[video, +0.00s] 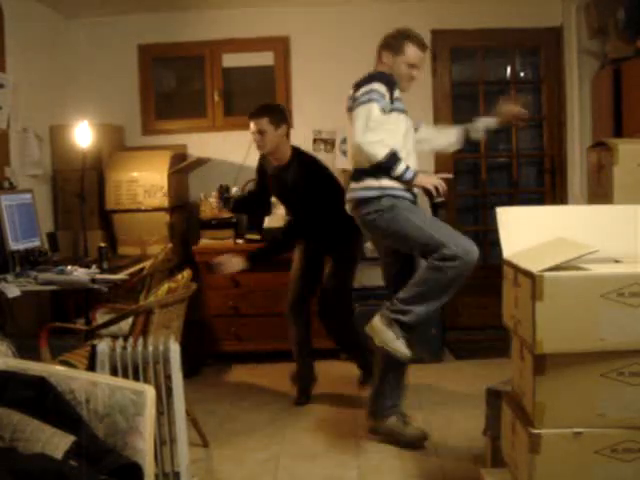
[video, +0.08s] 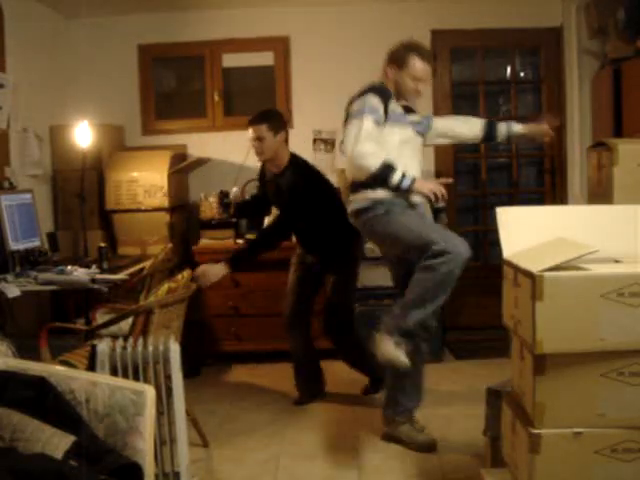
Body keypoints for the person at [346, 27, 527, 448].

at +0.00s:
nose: (416, 75)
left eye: (420, 68)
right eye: (411, 65)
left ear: (411, 67)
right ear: (386, 59)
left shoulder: (397, 107)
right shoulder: (375, 87)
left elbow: (433, 139)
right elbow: (366, 142)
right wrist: (412, 175)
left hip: (393, 201)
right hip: (377, 199)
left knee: (403, 305)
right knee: (461, 253)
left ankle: (385, 413)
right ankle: (392, 319)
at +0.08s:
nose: (421, 88)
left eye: (425, 81)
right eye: (416, 79)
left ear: (423, 81)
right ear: (391, 73)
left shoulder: (414, 117)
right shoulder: (370, 103)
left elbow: (463, 128)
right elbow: (359, 154)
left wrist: (521, 129)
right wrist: (411, 182)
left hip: (405, 209)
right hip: (376, 205)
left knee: (416, 307)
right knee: (452, 249)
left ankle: (399, 416)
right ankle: (395, 329)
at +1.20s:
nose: (422, 111)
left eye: (425, 102)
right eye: (420, 104)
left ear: (447, 90)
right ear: (450, 92)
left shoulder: (469, 123)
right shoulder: (467, 119)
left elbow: (400, 143)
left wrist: (339, 145)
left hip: (452, 236)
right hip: (434, 220)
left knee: (423, 323)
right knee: (361, 198)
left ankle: (447, 411)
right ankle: (395, 277)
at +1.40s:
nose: (430, 94)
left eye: (430, 87)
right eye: (428, 88)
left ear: (445, 76)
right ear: (459, 73)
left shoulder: (450, 104)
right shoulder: (506, 106)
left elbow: (391, 127)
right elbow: (516, 159)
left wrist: (340, 131)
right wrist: (473, 164)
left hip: (474, 220)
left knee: (460, 306)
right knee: (382, 206)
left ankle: (475, 395)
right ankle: (324, 268)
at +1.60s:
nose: (441, 115)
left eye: (442, 108)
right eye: (440, 109)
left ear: (455, 99)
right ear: (477, 96)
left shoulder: (455, 126)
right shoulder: (513, 125)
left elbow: (402, 143)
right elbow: (534, 176)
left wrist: (382, 137)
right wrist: (491, 170)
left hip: (473, 238)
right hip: (506, 230)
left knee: (450, 320)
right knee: (396, 216)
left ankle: (489, 397)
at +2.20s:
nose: (502, 90)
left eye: (503, 86)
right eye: (504, 86)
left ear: (471, 72)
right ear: (499, 79)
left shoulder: (441, 102)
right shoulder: (496, 105)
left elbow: (443, 150)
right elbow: (529, 153)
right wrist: (508, 146)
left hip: (460, 216)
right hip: (499, 212)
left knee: (476, 298)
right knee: (514, 292)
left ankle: (491, 381)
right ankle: (523, 369)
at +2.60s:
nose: (502, 104)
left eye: (506, 98)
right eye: (498, 96)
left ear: (503, 95)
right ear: (475, 88)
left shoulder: (492, 122)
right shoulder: (442, 109)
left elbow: (528, 134)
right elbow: (415, 140)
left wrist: (557, 127)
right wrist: (467, 152)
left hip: (467, 204)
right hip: (442, 203)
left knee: (459, 290)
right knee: (529, 214)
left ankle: (437, 383)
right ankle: (483, 268)